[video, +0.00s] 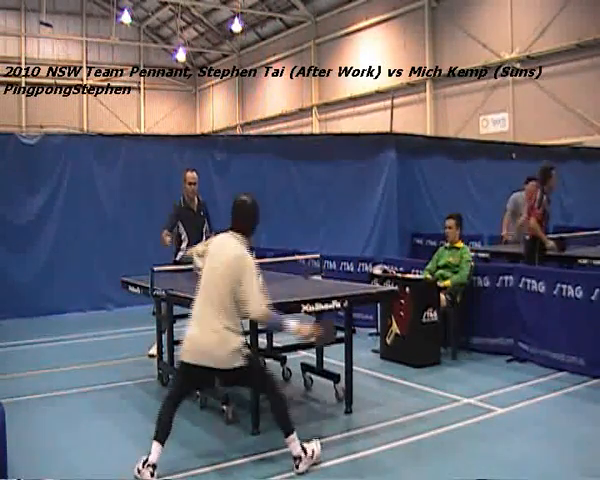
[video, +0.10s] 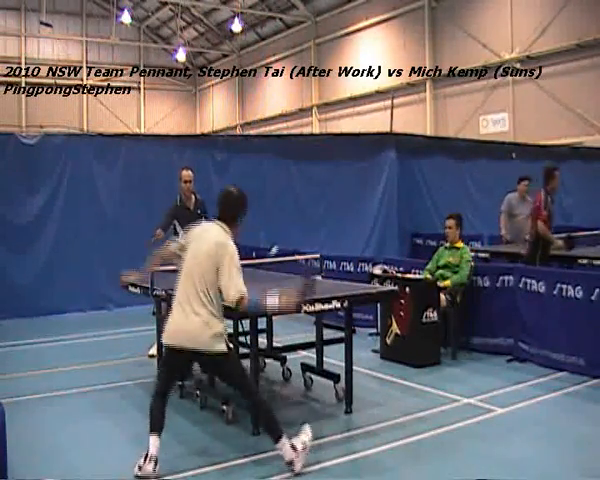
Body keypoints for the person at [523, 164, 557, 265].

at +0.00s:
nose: (555, 182)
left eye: (554, 178)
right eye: (553, 177)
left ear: (542, 177)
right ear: (549, 178)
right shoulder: (540, 194)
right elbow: (533, 222)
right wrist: (546, 241)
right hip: (534, 239)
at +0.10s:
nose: (558, 182)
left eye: (558, 178)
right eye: (556, 178)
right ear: (551, 180)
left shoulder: (549, 198)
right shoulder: (542, 197)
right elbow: (539, 225)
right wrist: (554, 240)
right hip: (538, 243)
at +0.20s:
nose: (564, 185)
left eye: (564, 181)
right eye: (562, 181)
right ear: (554, 181)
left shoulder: (554, 199)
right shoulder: (546, 198)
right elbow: (548, 227)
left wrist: (563, 238)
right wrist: (563, 238)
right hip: (543, 243)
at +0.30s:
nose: (568, 184)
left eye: (568, 181)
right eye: (565, 180)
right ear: (558, 181)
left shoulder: (558, 198)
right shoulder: (550, 198)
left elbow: (556, 226)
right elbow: (552, 228)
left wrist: (569, 234)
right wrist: (568, 235)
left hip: (554, 245)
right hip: (548, 246)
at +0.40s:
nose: (573, 181)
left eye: (574, 178)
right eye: (572, 178)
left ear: (569, 179)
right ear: (565, 178)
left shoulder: (565, 196)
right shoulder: (557, 196)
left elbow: (565, 222)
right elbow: (557, 225)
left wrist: (572, 231)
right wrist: (574, 229)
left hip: (564, 240)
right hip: (556, 241)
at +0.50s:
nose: (578, 180)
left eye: (578, 176)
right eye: (576, 176)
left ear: (573, 177)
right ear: (569, 177)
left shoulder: (570, 195)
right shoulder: (561, 195)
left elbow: (570, 220)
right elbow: (560, 222)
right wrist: (578, 227)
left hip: (569, 241)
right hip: (562, 241)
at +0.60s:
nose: (585, 180)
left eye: (585, 176)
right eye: (583, 176)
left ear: (577, 176)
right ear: (575, 176)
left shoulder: (577, 194)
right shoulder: (568, 194)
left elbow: (578, 219)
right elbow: (566, 222)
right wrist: (585, 225)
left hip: (576, 240)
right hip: (568, 241)